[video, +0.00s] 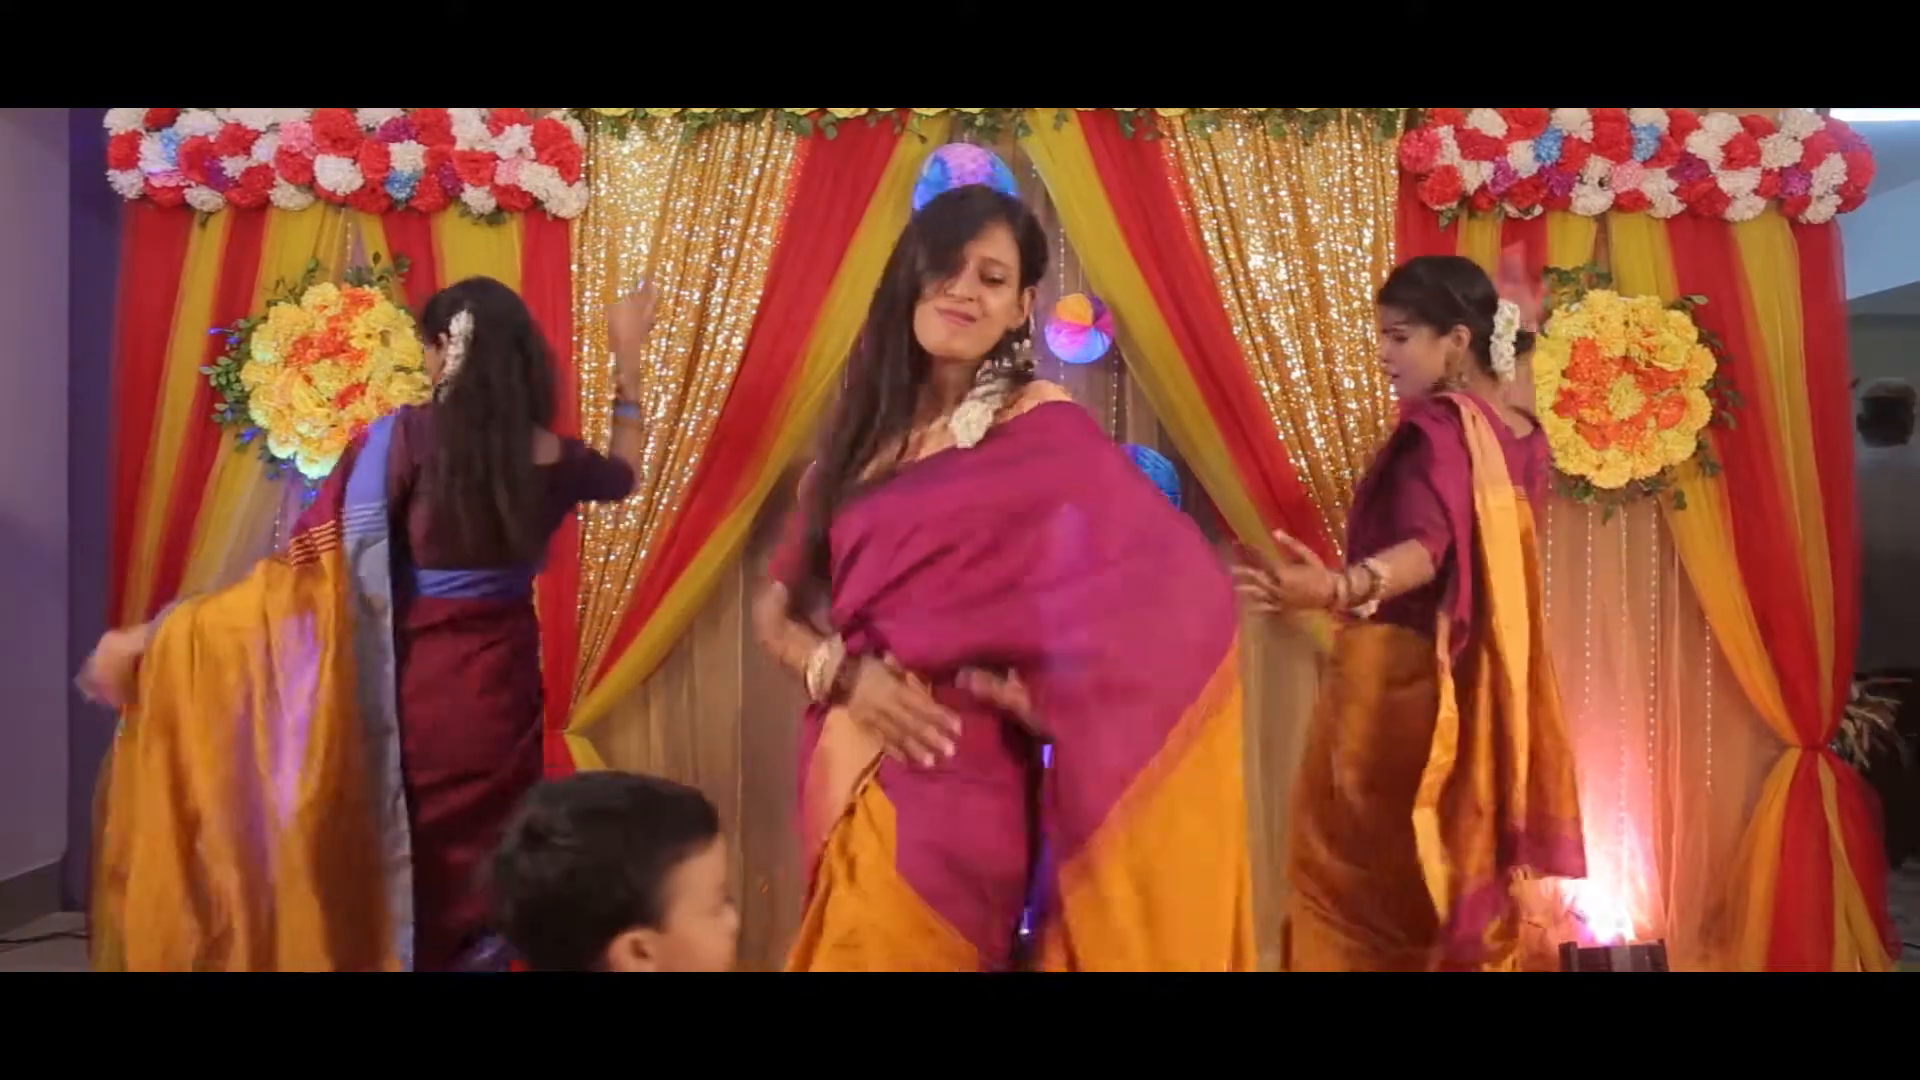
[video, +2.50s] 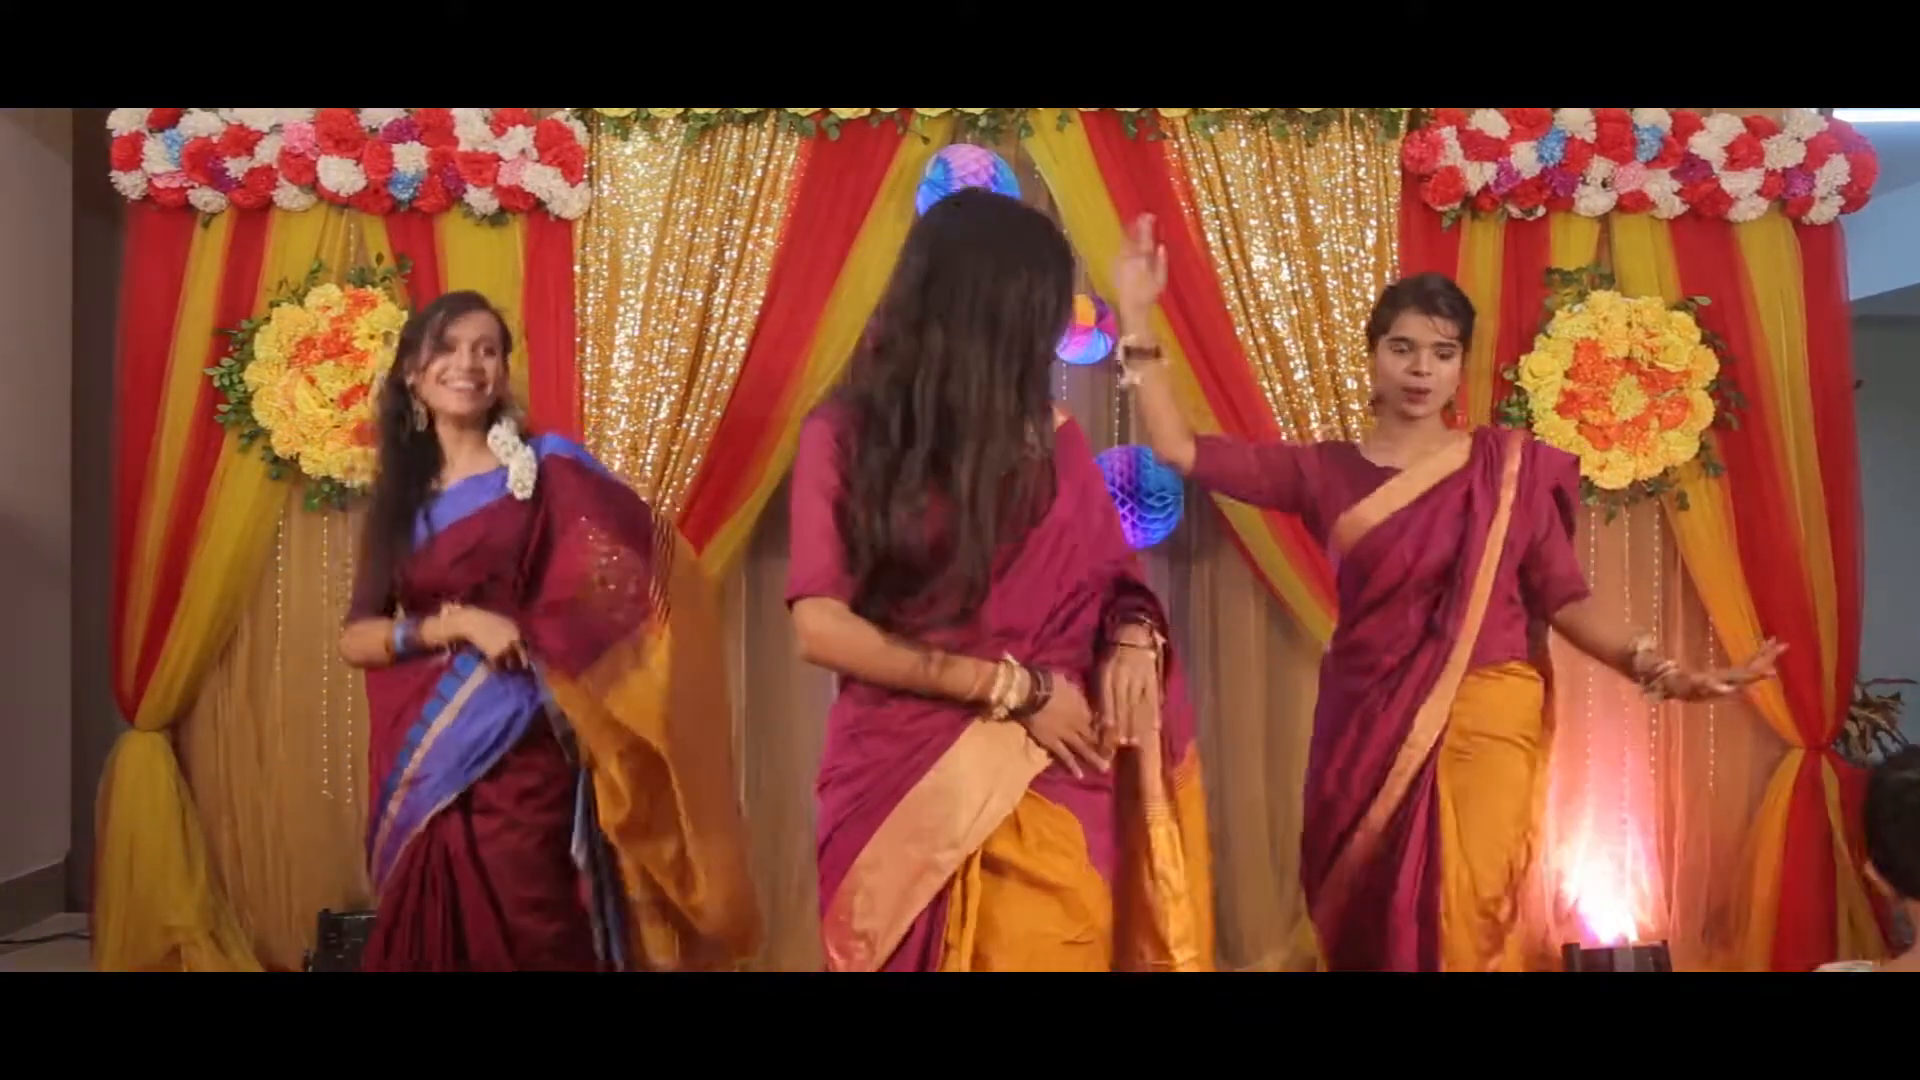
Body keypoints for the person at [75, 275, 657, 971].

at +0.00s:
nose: (430, 358)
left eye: (435, 341)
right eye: (434, 339)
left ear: (454, 350)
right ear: (524, 353)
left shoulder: (398, 439)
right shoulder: (549, 456)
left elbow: (304, 563)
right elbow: (623, 473)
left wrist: (150, 639)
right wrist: (629, 359)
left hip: (414, 667)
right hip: (504, 667)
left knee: (409, 846)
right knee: (497, 839)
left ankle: (413, 959)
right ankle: (487, 958)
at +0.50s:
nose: (410, 371)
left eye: (425, 350)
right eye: (406, 355)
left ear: (489, 351)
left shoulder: (434, 445)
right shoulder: (531, 446)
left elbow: (400, 605)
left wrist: (225, 644)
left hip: (440, 707)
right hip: (503, 702)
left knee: (421, 905)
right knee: (484, 910)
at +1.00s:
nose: (448, 358)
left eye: (468, 341)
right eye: (434, 342)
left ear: (509, 355)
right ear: (421, 355)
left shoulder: (504, 439)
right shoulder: (454, 439)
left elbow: (508, 585)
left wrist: (422, 676)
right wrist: (401, 449)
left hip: (458, 714)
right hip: (424, 713)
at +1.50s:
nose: (472, 360)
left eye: (495, 347)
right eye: (456, 342)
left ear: (522, 369)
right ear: (430, 361)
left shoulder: (547, 448)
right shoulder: (430, 475)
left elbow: (653, 558)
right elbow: (397, 603)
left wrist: (513, 608)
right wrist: (417, 603)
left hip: (534, 729)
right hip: (444, 732)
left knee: (518, 920)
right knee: (438, 916)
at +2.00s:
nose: (465, 362)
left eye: (485, 346)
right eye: (445, 347)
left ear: (510, 365)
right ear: (417, 367)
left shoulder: (552, 465)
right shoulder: (401, 493)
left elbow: (678, 579)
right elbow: (356, 625)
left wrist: (557, 639)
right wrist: (443, 617)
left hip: (529, 753)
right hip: (424, 762)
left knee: (542, 939)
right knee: (434, 940)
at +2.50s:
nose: (468, 366)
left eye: (486, 352)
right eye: (447, 351)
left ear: (504, 373)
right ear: (414, 377)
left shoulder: (548, 467)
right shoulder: (400, 497)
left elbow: (650, 564)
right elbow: (356, 639)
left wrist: (539, 639)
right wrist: (454, 623)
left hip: (524, 748)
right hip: (422, 759)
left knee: (533, 936)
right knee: (427, 934)